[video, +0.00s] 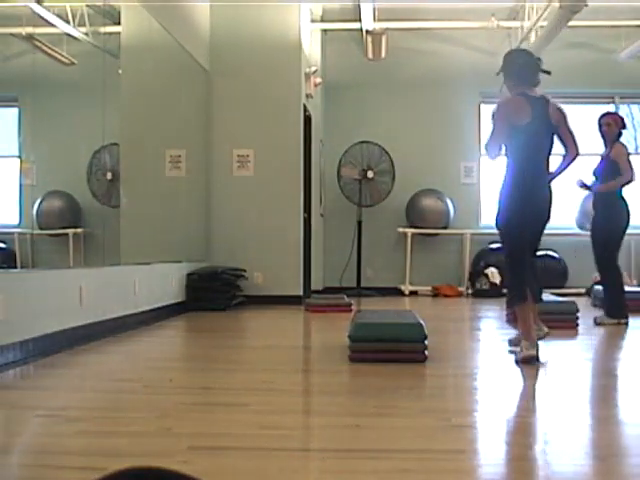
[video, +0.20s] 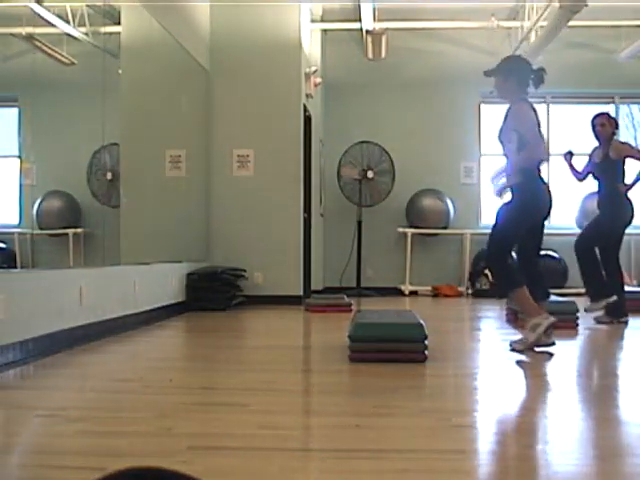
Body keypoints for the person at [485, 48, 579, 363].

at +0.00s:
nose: (503, 81)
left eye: (503, 76)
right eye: (505, 76)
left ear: (507, 76)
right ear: (536, 75)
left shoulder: (506, 106)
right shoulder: (551, 108)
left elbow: (491, 150)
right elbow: (573, 151)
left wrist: (498, 141)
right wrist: (553, 174)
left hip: (516, 190)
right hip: (542, 190)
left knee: (516, 264)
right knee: (525, 260)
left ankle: (528, 342)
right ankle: (533, 323)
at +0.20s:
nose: (495, 85)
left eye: (498, 80)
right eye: (495, 80)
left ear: (512, 81)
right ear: (518, 82)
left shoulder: (520, 110)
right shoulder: (521, 111)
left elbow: (538, 149)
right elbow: (528, 154)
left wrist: (508, 174)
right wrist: (506, 176)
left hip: (527, 191)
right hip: (534, 191)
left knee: (495, 254)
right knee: (528, 259)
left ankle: (534, 317)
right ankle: (540, 332)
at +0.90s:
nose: (484, 88)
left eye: (489, 83)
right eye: (485, 83)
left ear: (504, 84)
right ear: (500, 85)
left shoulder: (515, 114)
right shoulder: (508, 115)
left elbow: (512, 168)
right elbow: (506, 167)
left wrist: (504, 212)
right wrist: (501, 210)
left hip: (519, 196)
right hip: (510, 195)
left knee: (517, 262)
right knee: (501, 261)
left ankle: (527, 335)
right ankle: (512, 329)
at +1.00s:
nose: (482, 85)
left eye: (487, 80)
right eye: (483, 80)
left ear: (503, 83)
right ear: (501, 84)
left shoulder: (509, 111)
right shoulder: (506, 112)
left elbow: (520, 156)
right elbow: (499, 160)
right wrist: (466, 183)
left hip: (520, 188)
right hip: (517, 187)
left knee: (509, 256)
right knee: (508, 255)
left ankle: (521, 328)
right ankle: (517, 326)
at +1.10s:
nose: (478, 85)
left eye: (483, 81)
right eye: (479, 81)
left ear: (499, 87)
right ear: (494, 88)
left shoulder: (507, 116)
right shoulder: (492, 125)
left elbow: (546, 137)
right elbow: (470, 159)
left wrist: (567, 173)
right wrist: (432, 160)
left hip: (526, 195)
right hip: (523, 197)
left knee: (488, 249)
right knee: (517, 261)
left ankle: (510, 320)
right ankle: (518, 335)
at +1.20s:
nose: (477, 85)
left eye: (482, 80)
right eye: (478, 80)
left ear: (499, 86)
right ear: (494, 87)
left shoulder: (507, 115)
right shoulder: (492, 123)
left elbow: (545, 137)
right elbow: (471, 160)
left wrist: (568, 177)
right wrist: (434, 164)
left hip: (524, 194)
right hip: (520, 195)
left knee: (486, 249)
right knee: (517, 259)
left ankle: (508, 318)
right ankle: (517, 332)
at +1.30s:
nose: (479, 86)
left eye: (484, 81)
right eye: (480, 81)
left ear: (500, 85)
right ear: (494, 86)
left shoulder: (510, 113)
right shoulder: (496, 118)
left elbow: (535, 156)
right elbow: (495, 162)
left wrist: (535, 201)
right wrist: (468, 190)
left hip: (519, 191)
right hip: (507, 192)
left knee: (506, 257)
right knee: (502, 258)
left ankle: (517, 332)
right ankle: (511, 330)